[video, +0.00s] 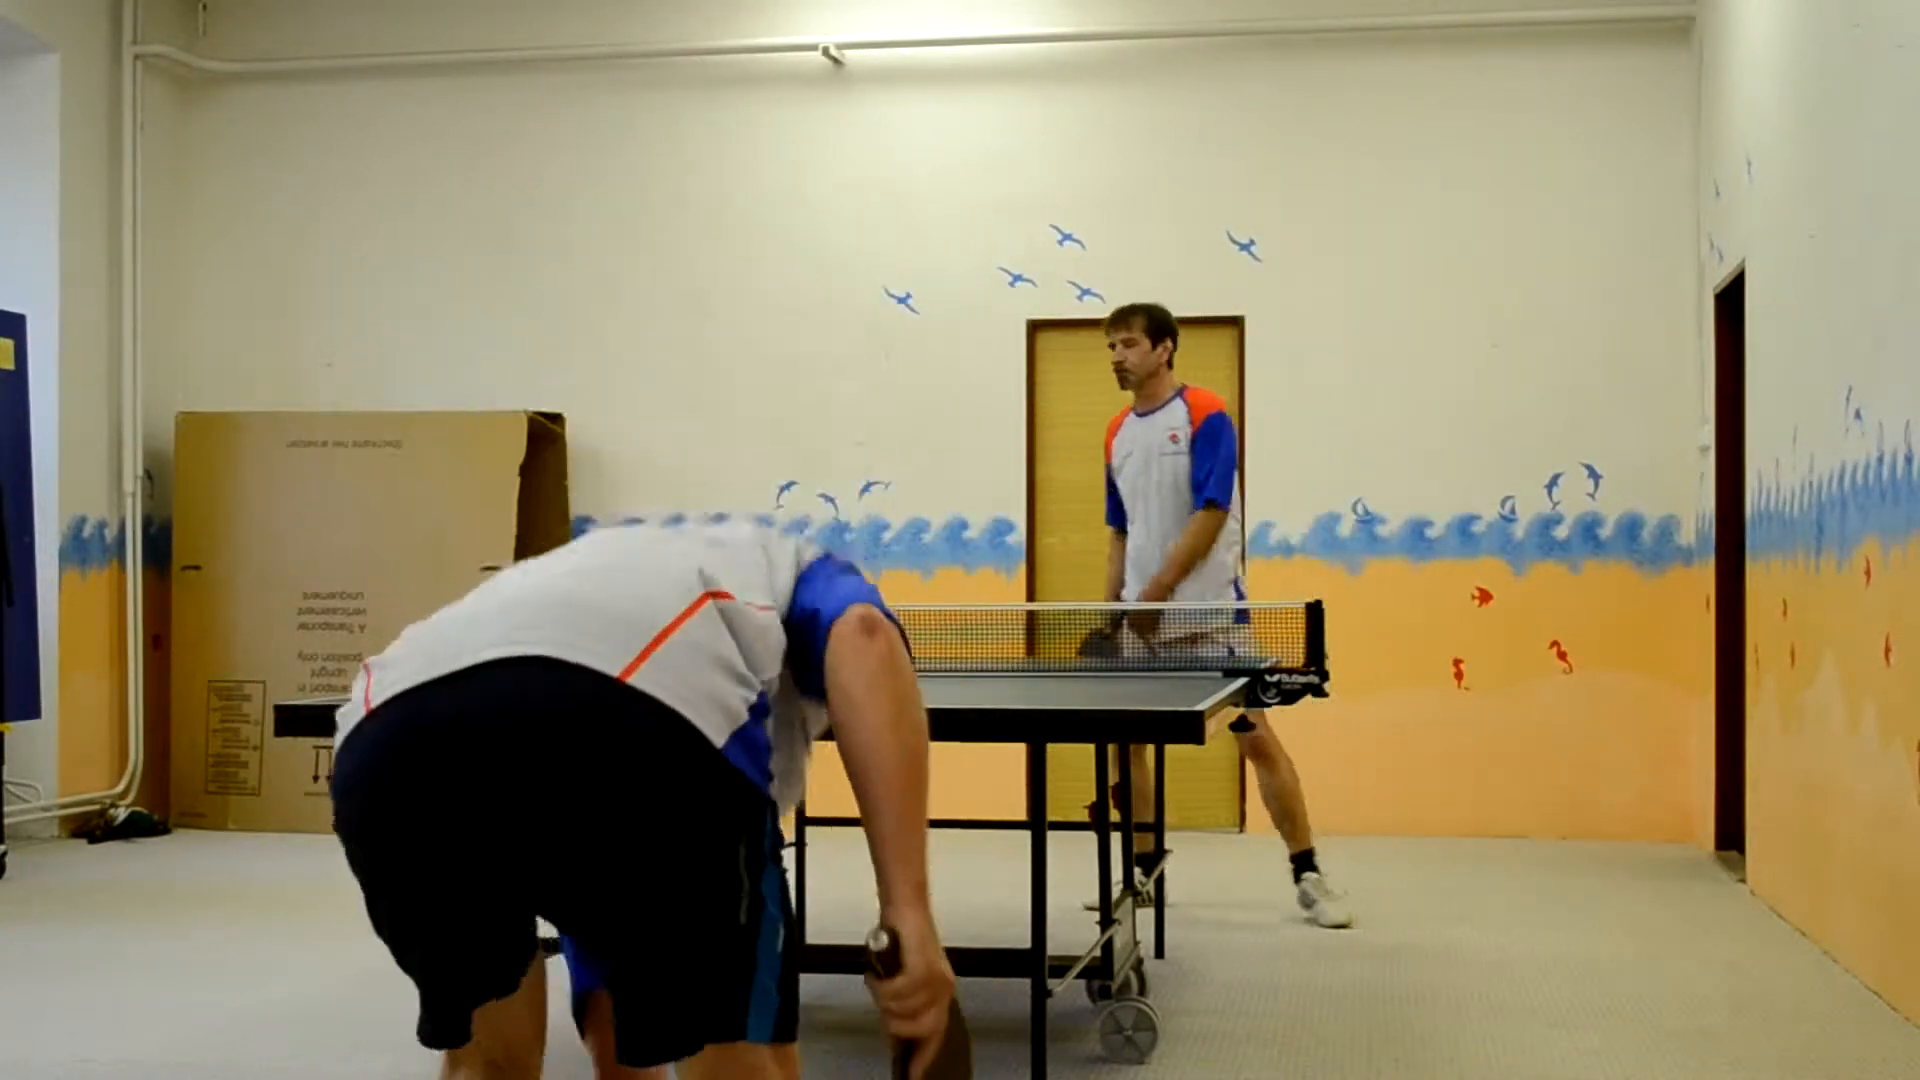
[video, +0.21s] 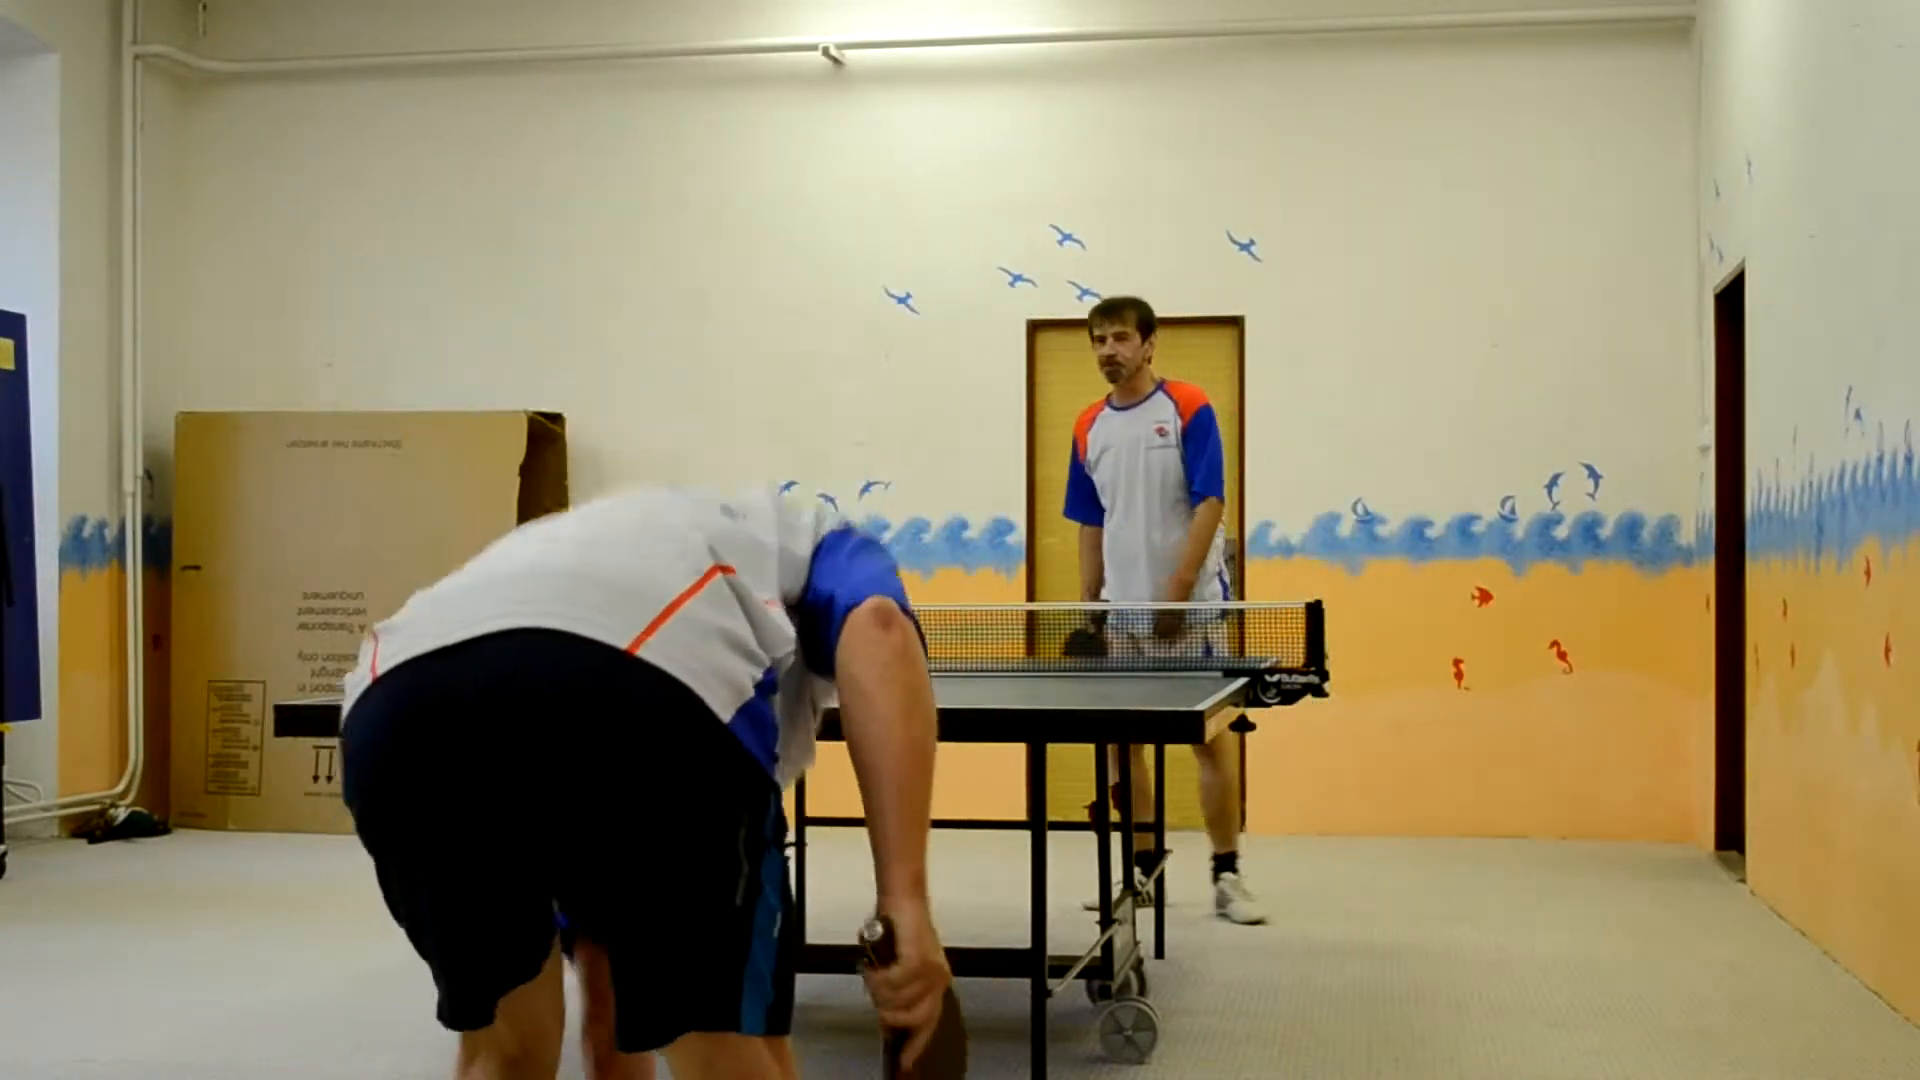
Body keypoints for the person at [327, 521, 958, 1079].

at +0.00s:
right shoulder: (794, 558)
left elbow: (602, 984)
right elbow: (864, 632)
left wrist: (630, 1072)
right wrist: (906, 911)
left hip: (392, 731)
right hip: (621, 715)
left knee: (489, 1034)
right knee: (734, 1044)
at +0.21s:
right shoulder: (809, 532)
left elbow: (596, 957)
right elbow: (877, 623)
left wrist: (619, 1072)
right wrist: (904, 899)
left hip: (403, 697)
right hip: (633, 684)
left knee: (503, 1030)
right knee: (721, 1040)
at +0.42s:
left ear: (651, 302)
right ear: (770, 307)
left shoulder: (555, 364)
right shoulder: (792, 338)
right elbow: (847, 492)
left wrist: (619, 982)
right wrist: (862, 752)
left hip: (407, 662)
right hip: (619, 655)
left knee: (509, 1029)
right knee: (718, 1049)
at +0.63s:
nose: (724, 163)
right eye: (727, 153)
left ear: (576, 148)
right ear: (716, 147)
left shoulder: (494, 234)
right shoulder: (733, 210)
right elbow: (801, 431)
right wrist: (827, 670)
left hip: (415, 641)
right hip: (620, 632)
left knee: (504, 1012)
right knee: (699, 980)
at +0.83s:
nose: (691, 118)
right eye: (696, 101)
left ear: (554, 94)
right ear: (691, 92)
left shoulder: (458, 198)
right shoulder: (716, 204)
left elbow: (446, 398)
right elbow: (787, 458)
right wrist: (812, 664)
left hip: (420, 644)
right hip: (619, 647)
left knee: (487, 1010)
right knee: (642, 1001)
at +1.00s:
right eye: (684, 108)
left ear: (548, 110)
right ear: (682, 107)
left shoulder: (444, 218)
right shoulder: (714, 236)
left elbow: (384, 461)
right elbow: (782, 492)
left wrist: (473, 589)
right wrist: (796, 676)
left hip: (415, 671)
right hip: (607, 674)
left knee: (412, 998)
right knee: (631, 999)